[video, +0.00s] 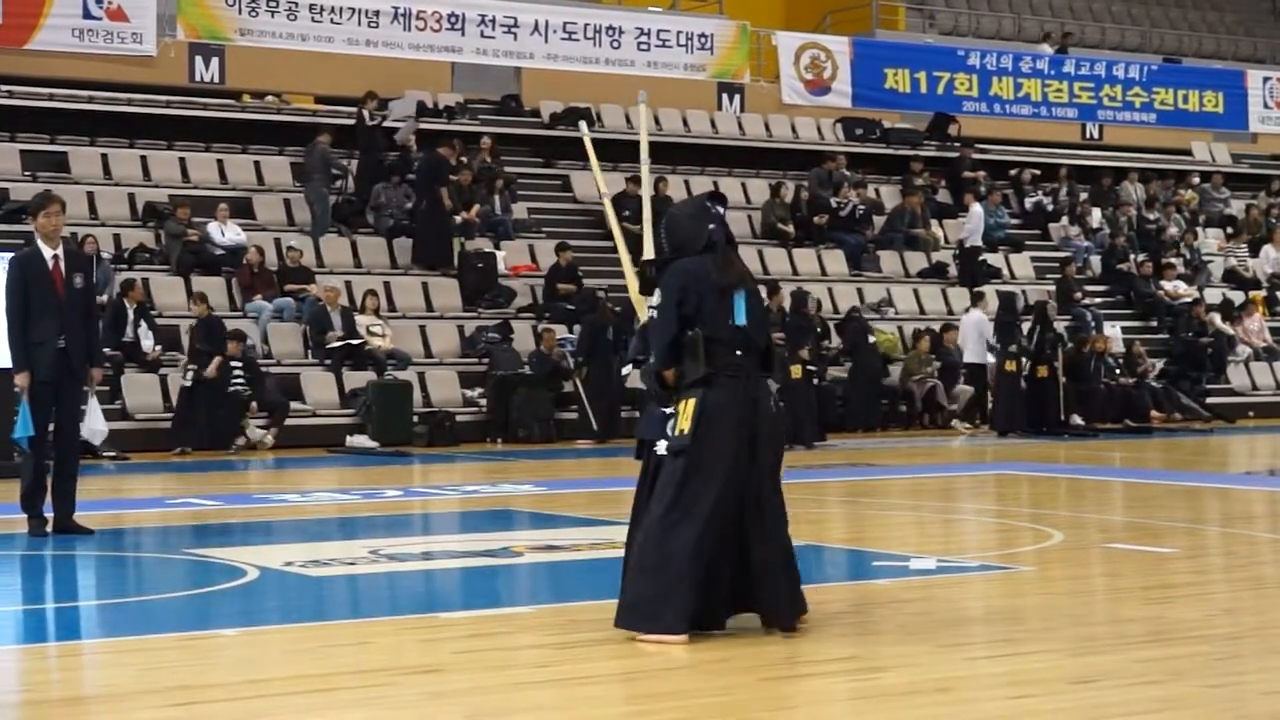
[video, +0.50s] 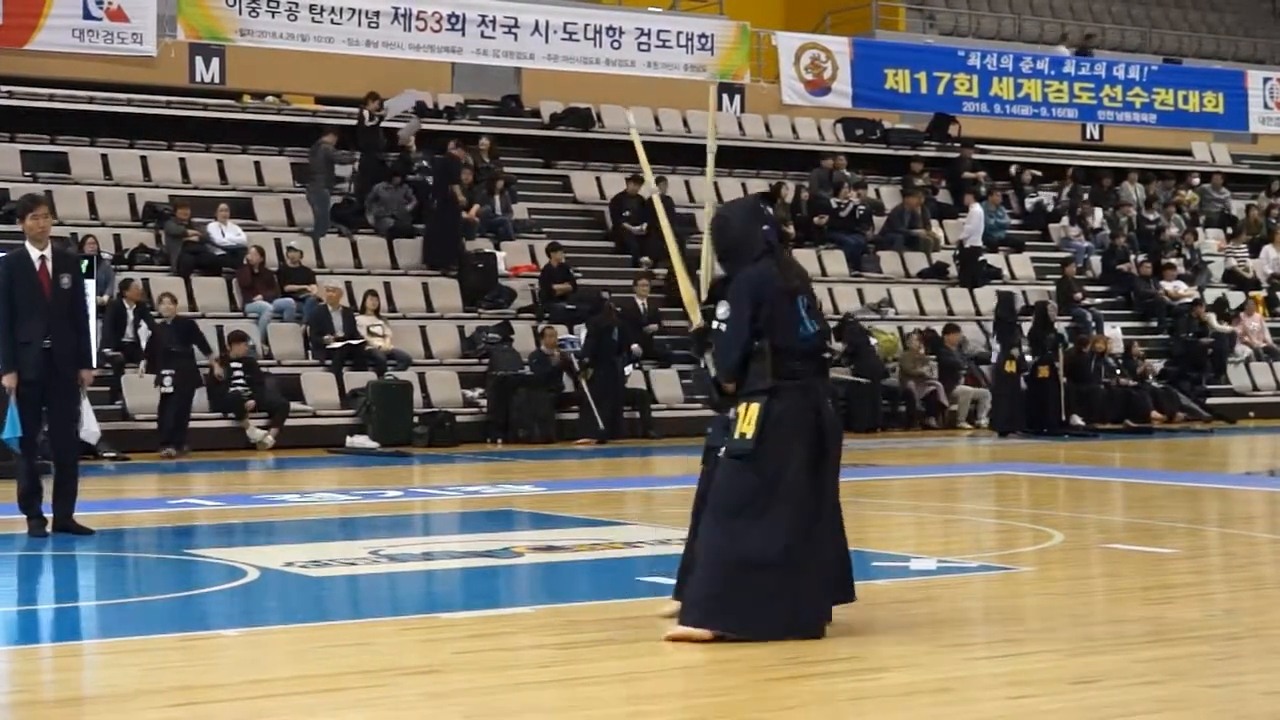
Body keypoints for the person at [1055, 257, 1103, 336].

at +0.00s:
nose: (1074, 269)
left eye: (1074, 266)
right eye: (1071, 266)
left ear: (1075, 267)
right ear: (1065, 268)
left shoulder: (1073, 280)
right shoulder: (1063, 281)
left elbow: (1084, 291)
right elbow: (1076, 297)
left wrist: (1080, 294)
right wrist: (1084, 292)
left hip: (1079, 304)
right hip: (1068, 306)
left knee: (1098, 314)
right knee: (1085, 315)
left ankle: (1100, 338)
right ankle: (1089, 339)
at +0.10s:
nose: (1073, 269)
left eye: (1074, 266)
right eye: (1071, 266)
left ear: (1075, 267)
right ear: (1065, 268)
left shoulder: (1074, 280)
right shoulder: (1062, 281)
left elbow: (1085, 292)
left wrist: (1080, 294)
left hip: (1079, 304)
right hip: (1068, 306)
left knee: (1098, 314)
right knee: (1085, 315)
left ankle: (1100, 337)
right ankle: (1089, 339)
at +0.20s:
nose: (1073, 269)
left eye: (1074, 266)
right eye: (1070, 266)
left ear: (1075, 267)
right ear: (1065, 268)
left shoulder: (1074, 280)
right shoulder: (1062, 281)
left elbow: (1085, 292)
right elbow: (1076, 297)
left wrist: (1080, 294)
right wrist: (1084, 292)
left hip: (1079, 304)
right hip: (1068, 306)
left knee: (1098, 315)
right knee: (1085, 315)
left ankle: (1100, 337)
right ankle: (1090, 339)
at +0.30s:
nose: (1074, 269)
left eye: (1074, 266)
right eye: (1071, 266)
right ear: (1065, 268)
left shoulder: (1074, 280)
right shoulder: (1062, 281)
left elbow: (1085, 292)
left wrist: (1080, 294)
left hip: (1079, 304)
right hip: (1068, 306)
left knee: (1098, 314)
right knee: (1085, 315)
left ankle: (1100, 337)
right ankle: (1089, 339)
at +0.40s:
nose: (1074, 269)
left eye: (1074, 267)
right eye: (1072, 267)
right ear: (1065, 268)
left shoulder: (1074, 280)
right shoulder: (1062, 281)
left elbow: (1085, 292)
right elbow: (1075, 297)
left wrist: (1080, 294)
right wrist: (1084, 292)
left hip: (1079, 304)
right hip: (1068, 306)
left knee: (1098, 315)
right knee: (1085, 315)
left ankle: (1100, 338)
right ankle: (1089, 339)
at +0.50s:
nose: (1074, 269)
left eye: (1074, 267)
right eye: (1072, 267)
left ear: (1076, 268)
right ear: (1065, 268)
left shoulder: (1074, 280)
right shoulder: (1062, 282)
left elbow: (1085, 292)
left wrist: (1081, 295)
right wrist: (1084, 292)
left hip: (1079, 304)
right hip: (1068, 306)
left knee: (1098, 315)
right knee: (1086, 315)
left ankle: (1101, 338)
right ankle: (1089, 339)